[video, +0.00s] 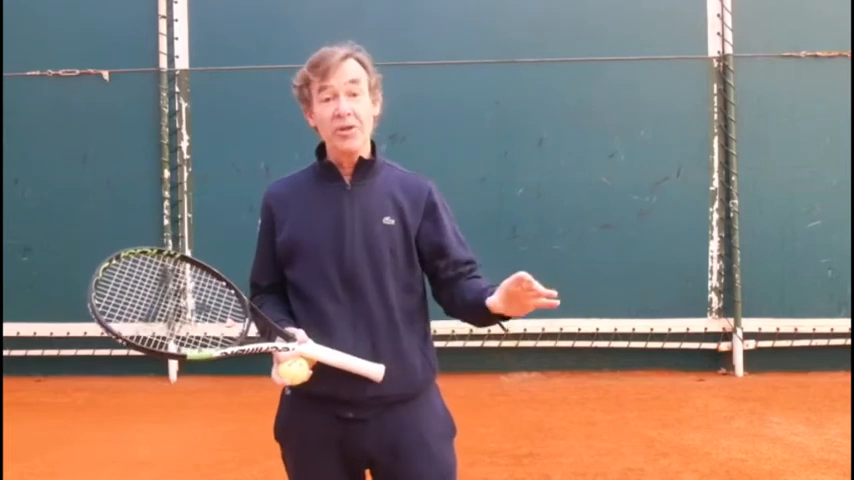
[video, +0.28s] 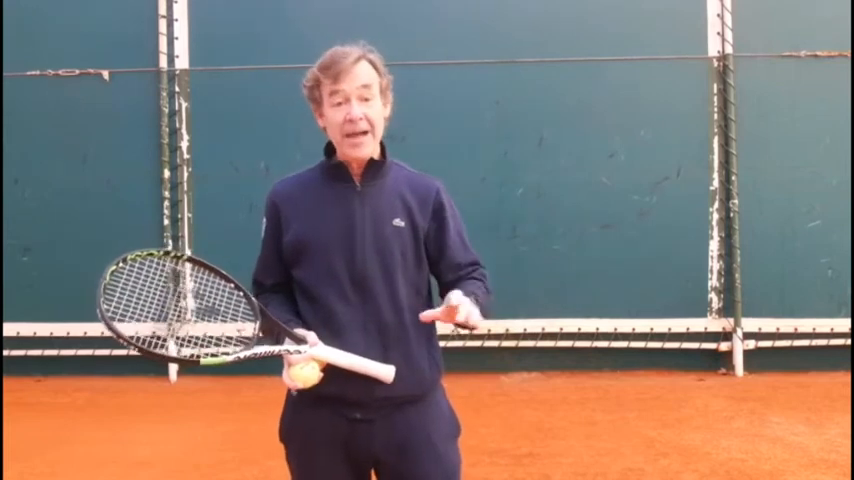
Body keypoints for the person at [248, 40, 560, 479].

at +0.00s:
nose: (342, 108)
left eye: (353, 94)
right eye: (327, 98)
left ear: (375, 104)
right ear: (311, 115)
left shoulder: (415, 195)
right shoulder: (281, 202)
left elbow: (455, 281)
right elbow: (266, 292)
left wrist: (493, 302)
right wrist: (286, 338)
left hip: (407, 411)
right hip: (314, 413)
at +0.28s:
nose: (354, 113)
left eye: (365, 98)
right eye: (339, 102)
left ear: (386, 106)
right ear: (320, 115)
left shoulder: (425, 195)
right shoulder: (287, 201)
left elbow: (467, 274)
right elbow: (270, 291)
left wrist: (465, 301)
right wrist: (294, 338)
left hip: (414, 414)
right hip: (320, 416)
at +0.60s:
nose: (364, 112)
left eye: (374, 98)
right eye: (348, 101)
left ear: (394, 106)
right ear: (328, 113)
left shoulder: (432, 196)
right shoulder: (292, 200)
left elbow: (469, 287)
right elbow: (274, 298)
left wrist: (422, 336)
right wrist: (313, 337)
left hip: (423, 417)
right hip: (328, 419)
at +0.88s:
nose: (376, 104)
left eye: (387, 90)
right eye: (361, 93)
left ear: (408, 102)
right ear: (341, 110)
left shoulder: (444, 195)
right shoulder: (301, 198)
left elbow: (483, 286)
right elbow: (280, 295)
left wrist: (442, 332)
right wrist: (328, 329)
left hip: (435, 421)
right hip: (339, 423)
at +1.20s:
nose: (396, 100)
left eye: (409, 86)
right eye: (382, 89)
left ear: (432, 102)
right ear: (363, 108)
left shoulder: (467, 198)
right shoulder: (324, 198)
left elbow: (500, 292)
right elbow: (299, 299)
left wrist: (467, 339)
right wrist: (349, 336)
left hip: (457, 428)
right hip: (358, 429)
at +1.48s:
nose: (416, 96)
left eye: (430, 82)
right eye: (402, 86)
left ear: (453, 99)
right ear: (384, 105)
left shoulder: (487, 197)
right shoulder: (343, 196)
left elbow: (523, 296)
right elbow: (316, 300)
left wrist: (481, 345)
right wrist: (358, 338)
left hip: (475, 429)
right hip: (375, 428)